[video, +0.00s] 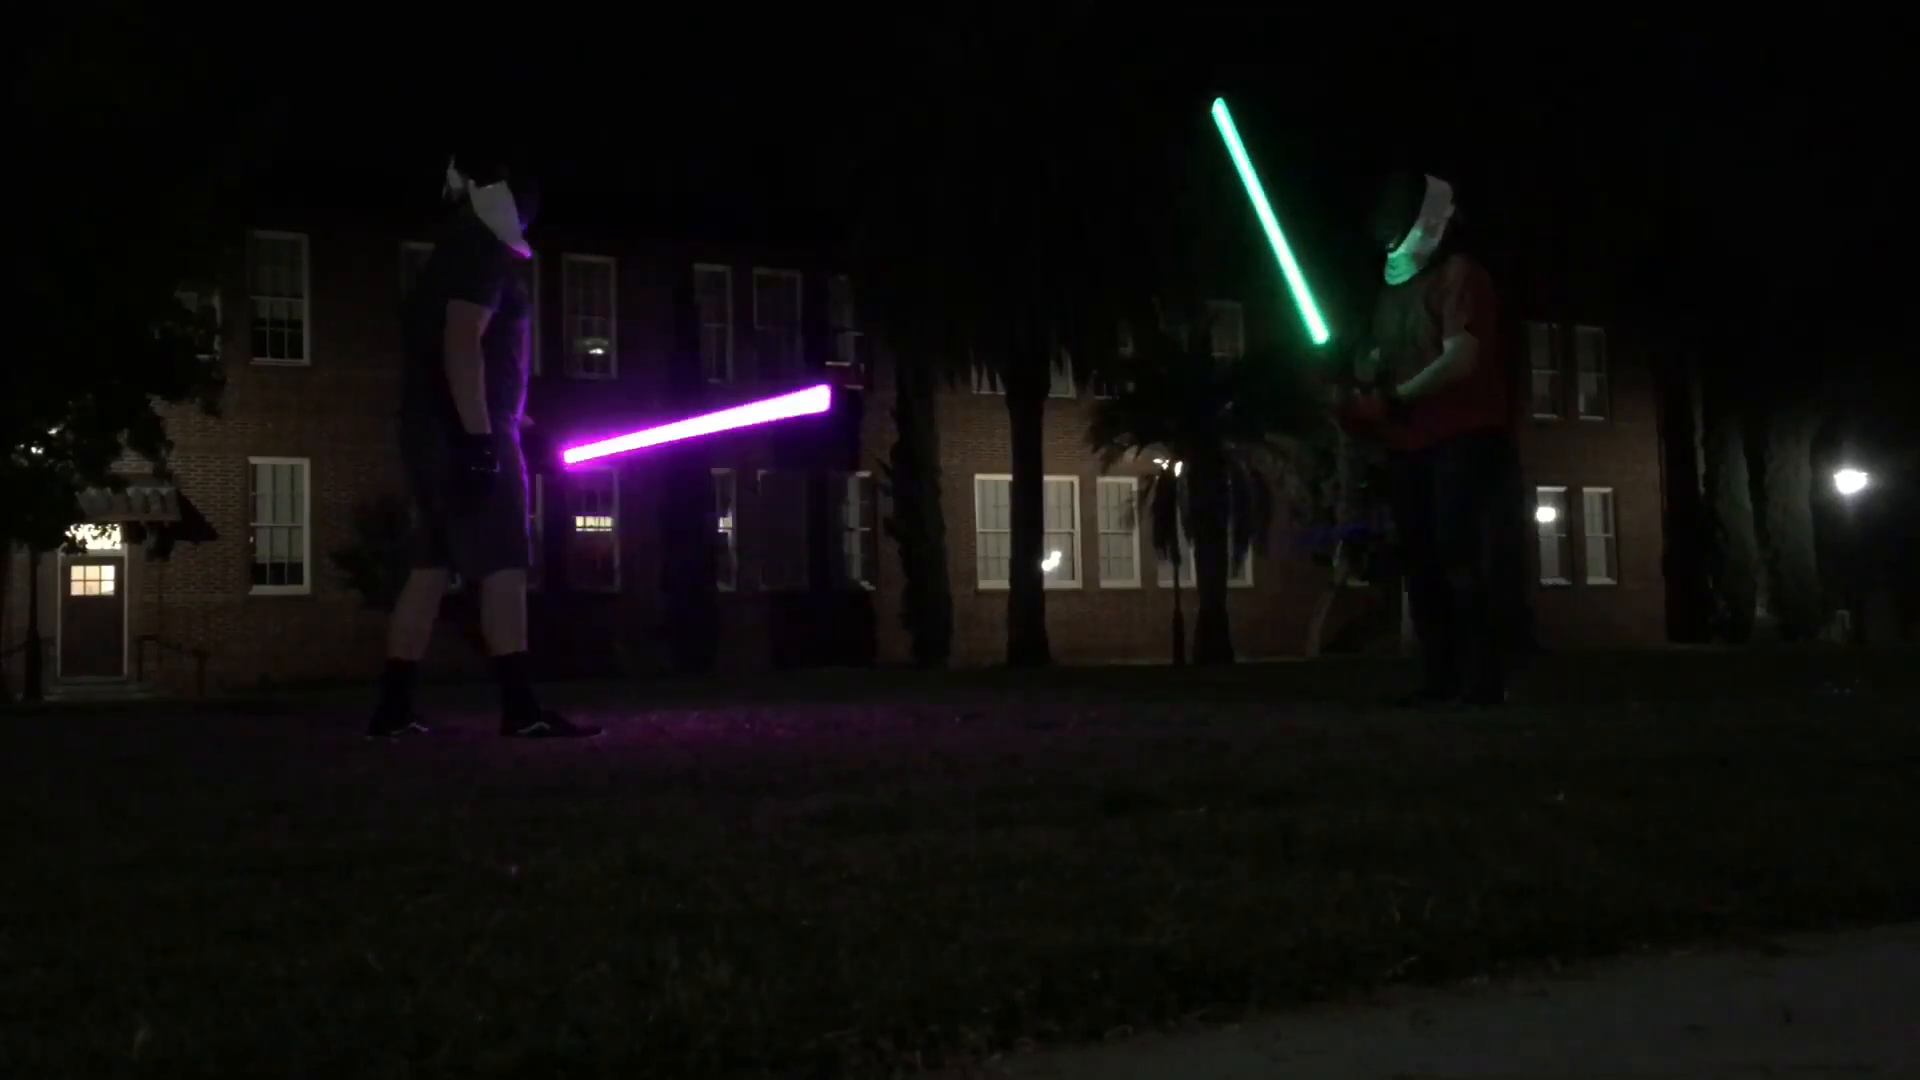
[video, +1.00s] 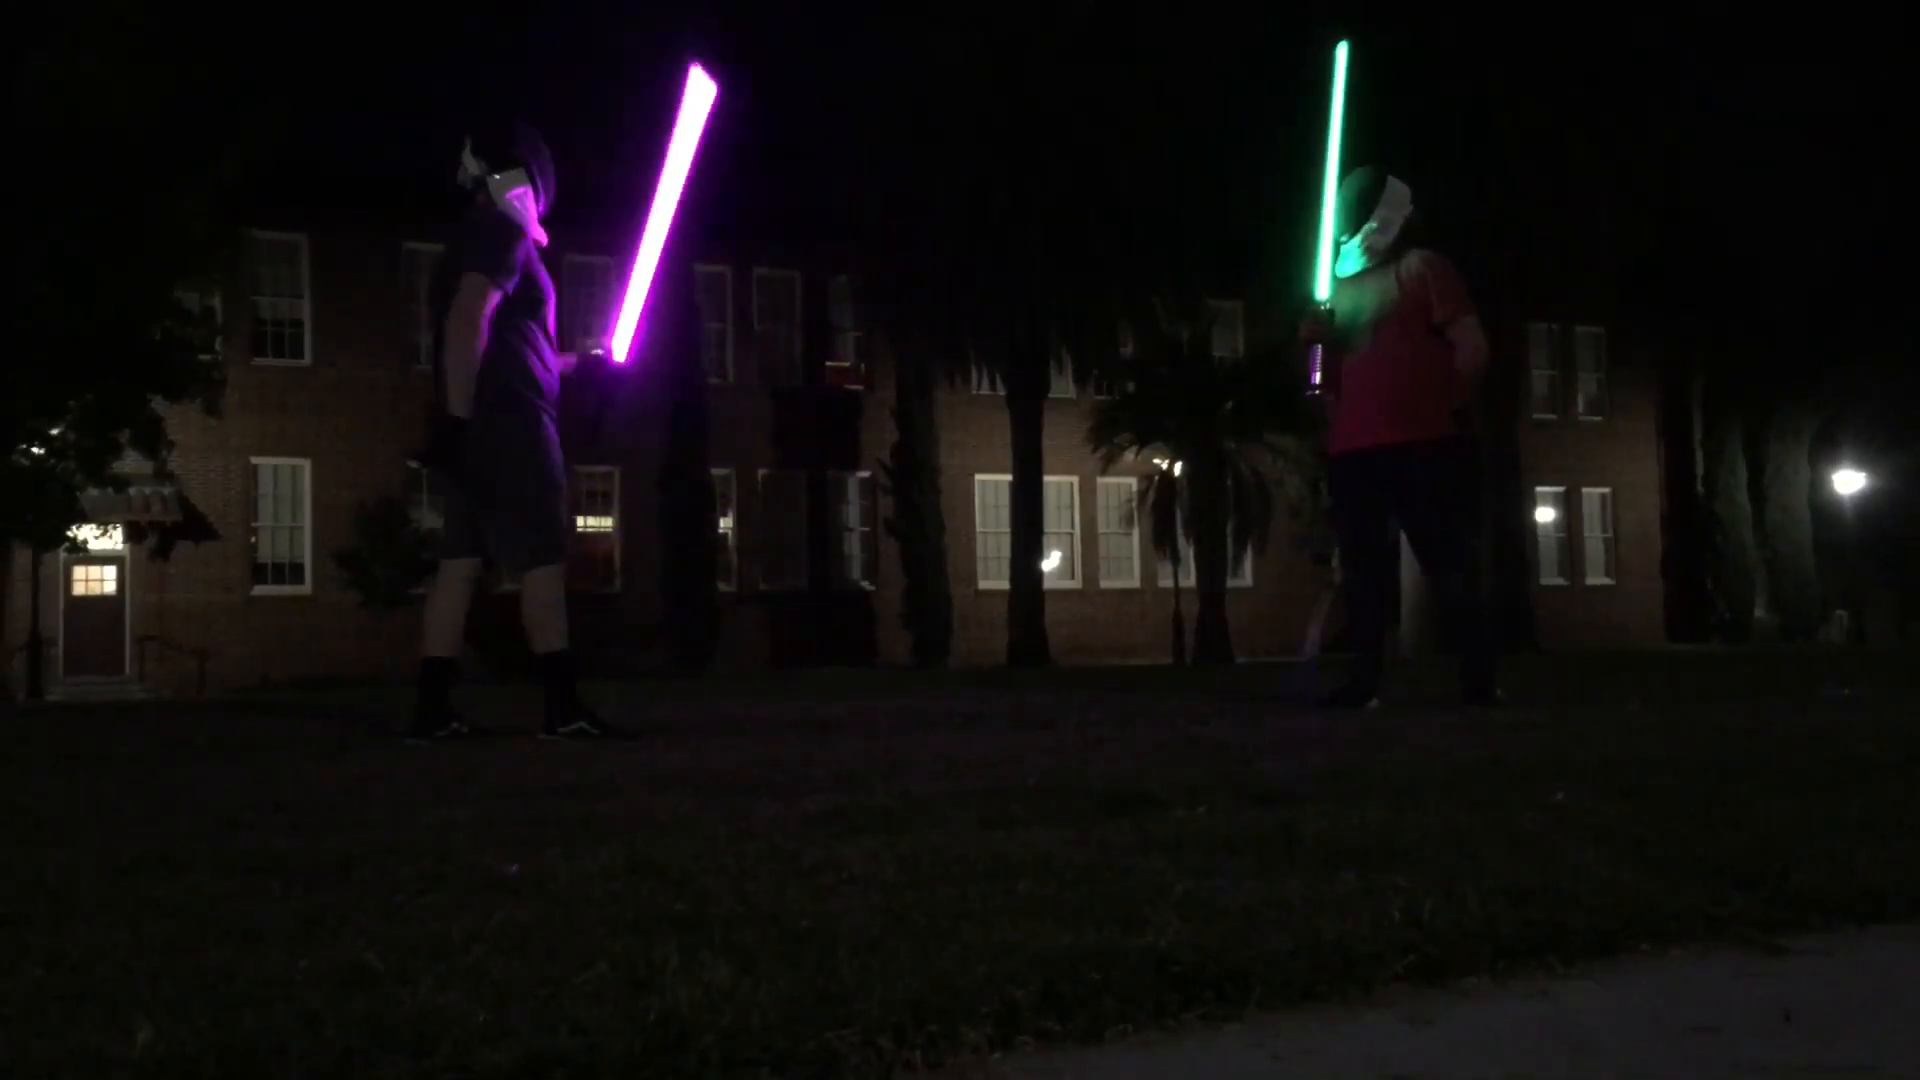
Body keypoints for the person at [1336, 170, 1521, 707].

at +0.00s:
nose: (1389, 235)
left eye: (1401, 223)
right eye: (1388, 223)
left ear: (1430, 222)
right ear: (1390, 226)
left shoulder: (1455, 275)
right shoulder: (1394, 290)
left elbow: (1462, 355)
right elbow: (1384, 356)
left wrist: (1398, 394)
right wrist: (1361, 376)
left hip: (1464, 444)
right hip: (1413, 445)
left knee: (1463, 559)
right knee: (1421, 561)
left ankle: (1476, 677)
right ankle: (1437, 672)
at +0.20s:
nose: (1395, 228)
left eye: (1409, 216)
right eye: (1394, 216)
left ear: (1438, 220)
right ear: (1395, 221)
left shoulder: (1463, 274)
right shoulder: (1395, 290)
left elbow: (1470, 353)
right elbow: (1387, 362)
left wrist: (1401, 394)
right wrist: (1356, 375)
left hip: (1467, 445)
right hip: (1412, 448)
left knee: (1462, 561)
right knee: (1378, 550)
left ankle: (1476, 677)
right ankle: (1425, 665)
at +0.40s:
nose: (1397, 233)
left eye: (1408, 220)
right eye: (1397, 222)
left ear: (1434, 220)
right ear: (1408, 223)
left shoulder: (1465, 273)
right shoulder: (1390, 289)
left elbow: (1485, 352)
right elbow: (1379, 365)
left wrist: (1446, 411)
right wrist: (1359, 383)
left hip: (1458, 444)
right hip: (1401, 447)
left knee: (1465, 564)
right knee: (1373, 550)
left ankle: (1482, 682)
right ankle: (1377, 675)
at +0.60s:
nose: (1384, 237)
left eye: (1394, 224)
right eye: (1379, 226)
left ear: (1419, 221)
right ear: (1373, 227)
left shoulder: (1450, 271)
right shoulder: (1372, 290)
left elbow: (1494, 344)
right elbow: (1357, 386)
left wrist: (1500, 420)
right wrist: (1345, 352)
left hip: (1449, 446)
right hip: (1387, 452)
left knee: (1460, 566)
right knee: (1376, 568)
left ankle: (1479, 675)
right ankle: (1369, 676)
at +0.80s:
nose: (1374, 236)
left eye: (1383, 223)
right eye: (1367, 225)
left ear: (1406, 219)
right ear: (1361, 226)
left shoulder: (1436, 273)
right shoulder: (1356, 289)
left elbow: (1485, 343)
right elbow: (1340, 372)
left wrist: (1473, 405)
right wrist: (1347, 420)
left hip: (1435, 447)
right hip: (1369, 453)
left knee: (1454, 571)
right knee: (1370, 574)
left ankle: (1478, 678)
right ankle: (1363, 680)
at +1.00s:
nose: (1365, 233)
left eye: (1373, 221)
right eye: (1358, 222)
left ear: (1393, 220)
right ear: (1353, 223)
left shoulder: (1421, 271)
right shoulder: (1341, 284)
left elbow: (1470, 345)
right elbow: (1330, 372)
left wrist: (1439, 399)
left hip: (1422, 446)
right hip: (1356, 452)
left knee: (1449, 570)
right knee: (1364, 574)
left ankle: (1473, 678)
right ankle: (1360, 680)